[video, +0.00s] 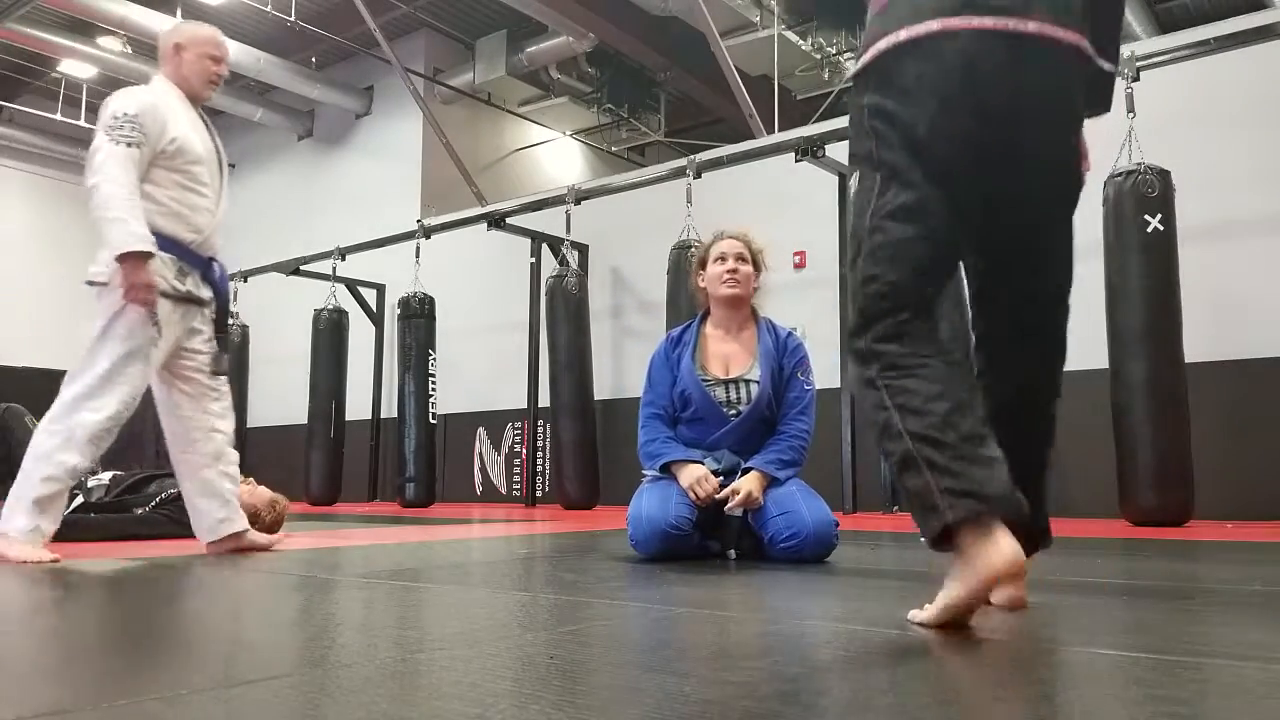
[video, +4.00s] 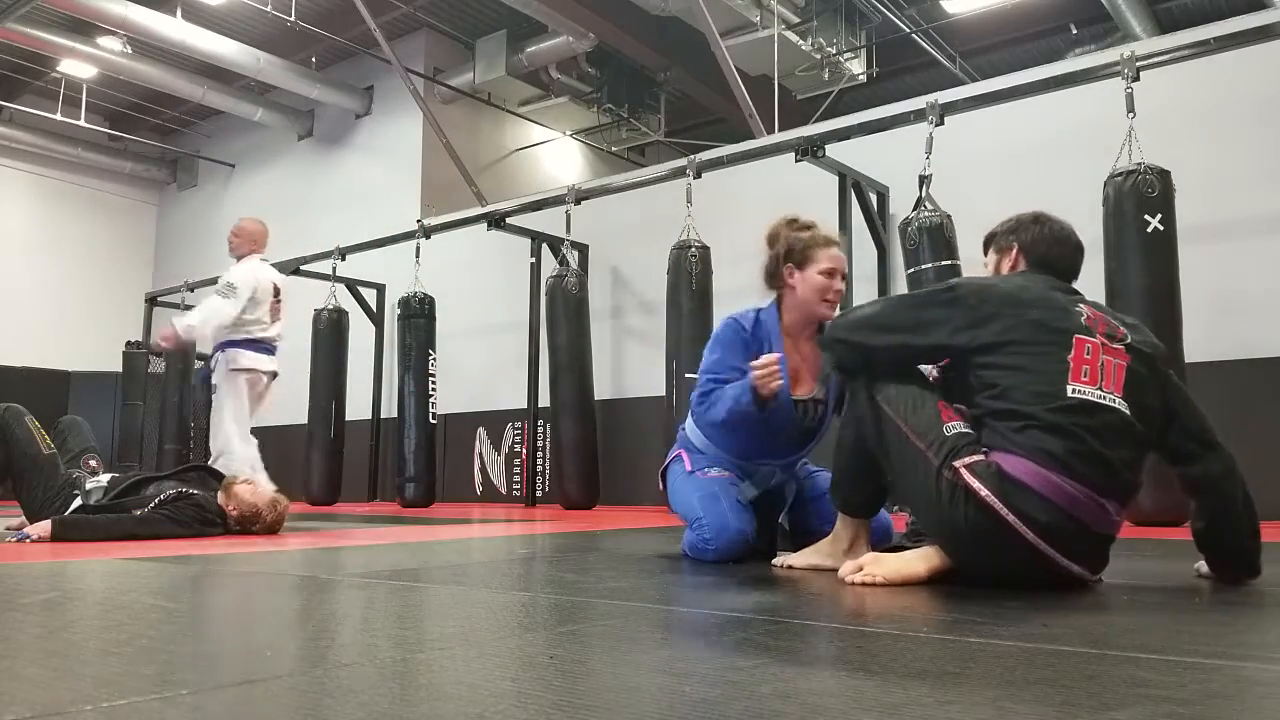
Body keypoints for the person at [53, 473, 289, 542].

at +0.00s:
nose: (247, 478)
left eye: (252, 488)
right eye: (254, 481)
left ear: (246, 513)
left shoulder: (195, 517)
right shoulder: (209, 487)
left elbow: (124, 525)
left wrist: (54, 524)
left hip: (73, 503)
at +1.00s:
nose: (249, 477)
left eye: (251, 489)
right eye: (257, 484)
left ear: (234, 512)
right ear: (237, 505)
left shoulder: (197, 513)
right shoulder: (217, 490)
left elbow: (130, 525)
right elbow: (154, 485)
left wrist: (55, 527)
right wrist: (111, 481)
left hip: (66, 500)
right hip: (99, 485)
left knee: (12, 415)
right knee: (68, 421)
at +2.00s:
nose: (247, 476)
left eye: (249, 488)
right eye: (255, 483)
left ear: (233, 511)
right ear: (236, 505)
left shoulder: (197, 513)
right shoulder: (215, 490)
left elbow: (129, 524)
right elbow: (154, 485)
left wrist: (56, 526)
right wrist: (113, 480)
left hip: (68, 499)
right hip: (101, 484)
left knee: (11, 414)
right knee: (68, 421)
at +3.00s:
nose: (249, 477)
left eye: (251, 488)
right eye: (257, 483)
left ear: (235, 511)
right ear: (237, 505)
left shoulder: (200, 513)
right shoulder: (216, 489)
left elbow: (131, 525)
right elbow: (150, 485)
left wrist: (56, 526)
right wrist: (112, 480)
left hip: (70, 501)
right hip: (101, 485)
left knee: (12, 414)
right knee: (69, 422)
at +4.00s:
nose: (251, 477)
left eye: (253, 488)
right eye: (259, 483)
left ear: (234, 508)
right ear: (237, 502)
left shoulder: (198, 514)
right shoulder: (216, 483)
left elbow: (129, 525)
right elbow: (155, 483)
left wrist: (57, 526)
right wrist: (115, 481)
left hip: (69, 500)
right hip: (102, 484)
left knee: (11, 414)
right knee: (70, 422)